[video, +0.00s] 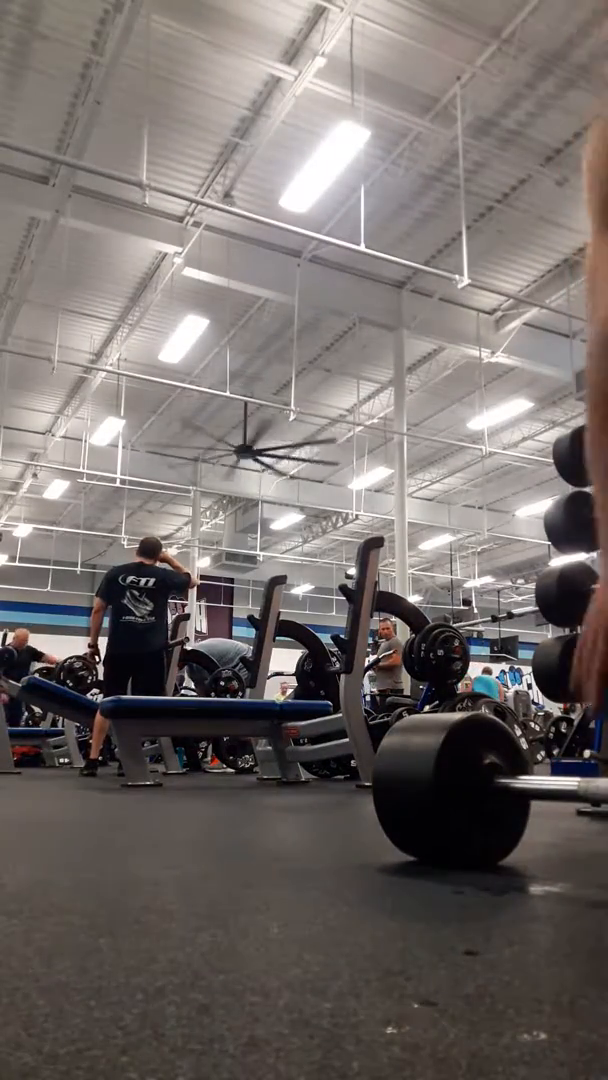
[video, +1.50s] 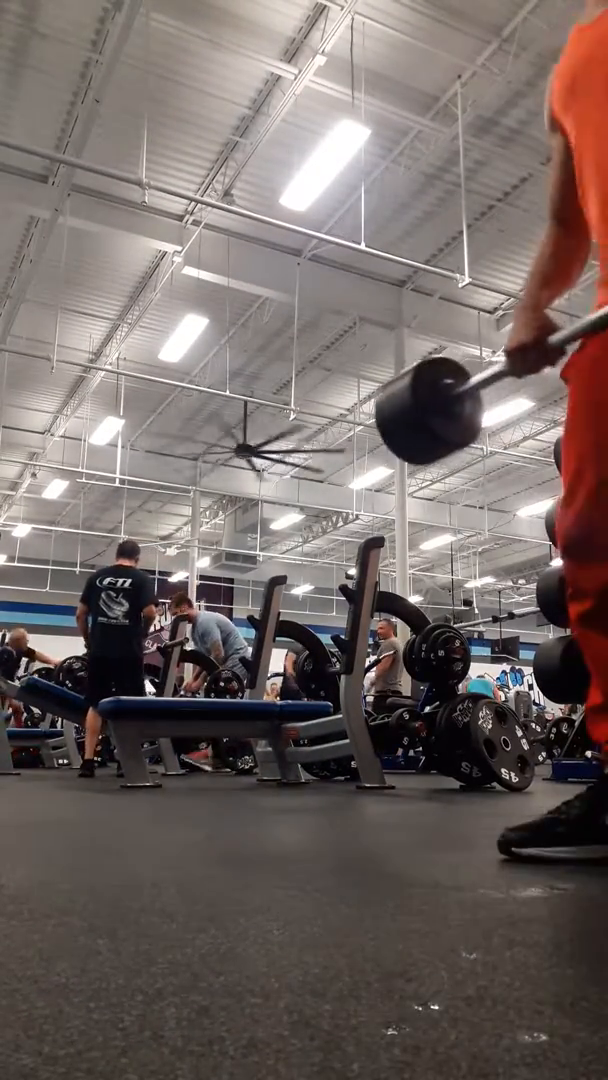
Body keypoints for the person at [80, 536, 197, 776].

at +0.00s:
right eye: (159, 554)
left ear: (137, 552)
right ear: (158, 556)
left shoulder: (116, 573)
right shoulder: (163, 577)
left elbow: (98, 609)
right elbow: (191, 581)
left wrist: (93, 642)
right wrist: (170, 560)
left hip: (118, 651)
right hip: (151, 652)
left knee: (108, 703)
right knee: (148, 706)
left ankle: (93, 758)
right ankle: (136, 763)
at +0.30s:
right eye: (158, 554)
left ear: (135, 553)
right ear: (158, 556)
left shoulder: (115, 573)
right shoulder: (162, 576)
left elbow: (97, 610)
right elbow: (194, 584)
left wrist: (97, 643)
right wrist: (174, 561)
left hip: (118, 650)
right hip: (150, 651)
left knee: (108, 703)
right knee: (149, 706)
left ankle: (93, 758)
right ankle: (137, 764)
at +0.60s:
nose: (155, 558)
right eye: (155, 554)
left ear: (131, 554)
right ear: (153, 555)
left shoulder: (113, 574)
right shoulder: (157, 578)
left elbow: (97, 613)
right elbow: (185, 603)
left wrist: (98, 646)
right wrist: (191, 613)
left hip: (116, 649)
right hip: (146, 650)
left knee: (107, 704)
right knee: (144, 707)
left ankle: (92, 760)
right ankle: (132, 765)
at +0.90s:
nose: (155, 560)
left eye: (153, 557)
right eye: (155, 556)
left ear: (131, 554)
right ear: (152, 556)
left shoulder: (112, 575)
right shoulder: (156, 576)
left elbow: (96, 613)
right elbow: (174, 602)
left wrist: (97, 648)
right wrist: (163, 620)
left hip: (114, 649)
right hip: (145, 650)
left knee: (105, 704)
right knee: (144, 705)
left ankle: (88, 759)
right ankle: (132, 763)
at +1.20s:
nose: (152, 564)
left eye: (151, 562)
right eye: (152, 561)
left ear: (128, 555)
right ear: (149, 560)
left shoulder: (106, 575)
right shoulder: (151, 578)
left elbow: (90, 613)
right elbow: (164, 608)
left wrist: (93, 645)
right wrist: (157, 621)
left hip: (108, 650)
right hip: (138, 651)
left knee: (101, 704)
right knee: (137, 705)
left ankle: (88, 759)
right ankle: (129, 762)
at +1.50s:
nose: (135, 564)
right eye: (137, 561)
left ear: (116, 556)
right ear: (137, 559)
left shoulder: (98, 576)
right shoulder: (142, 579)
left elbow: (81, 613)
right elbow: (149, 611)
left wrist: (87, 640)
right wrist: (145, 628)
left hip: (99, 650)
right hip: (128, 651)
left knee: (95, 704)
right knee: (131, 705)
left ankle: (88, 760)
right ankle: (129, 762)